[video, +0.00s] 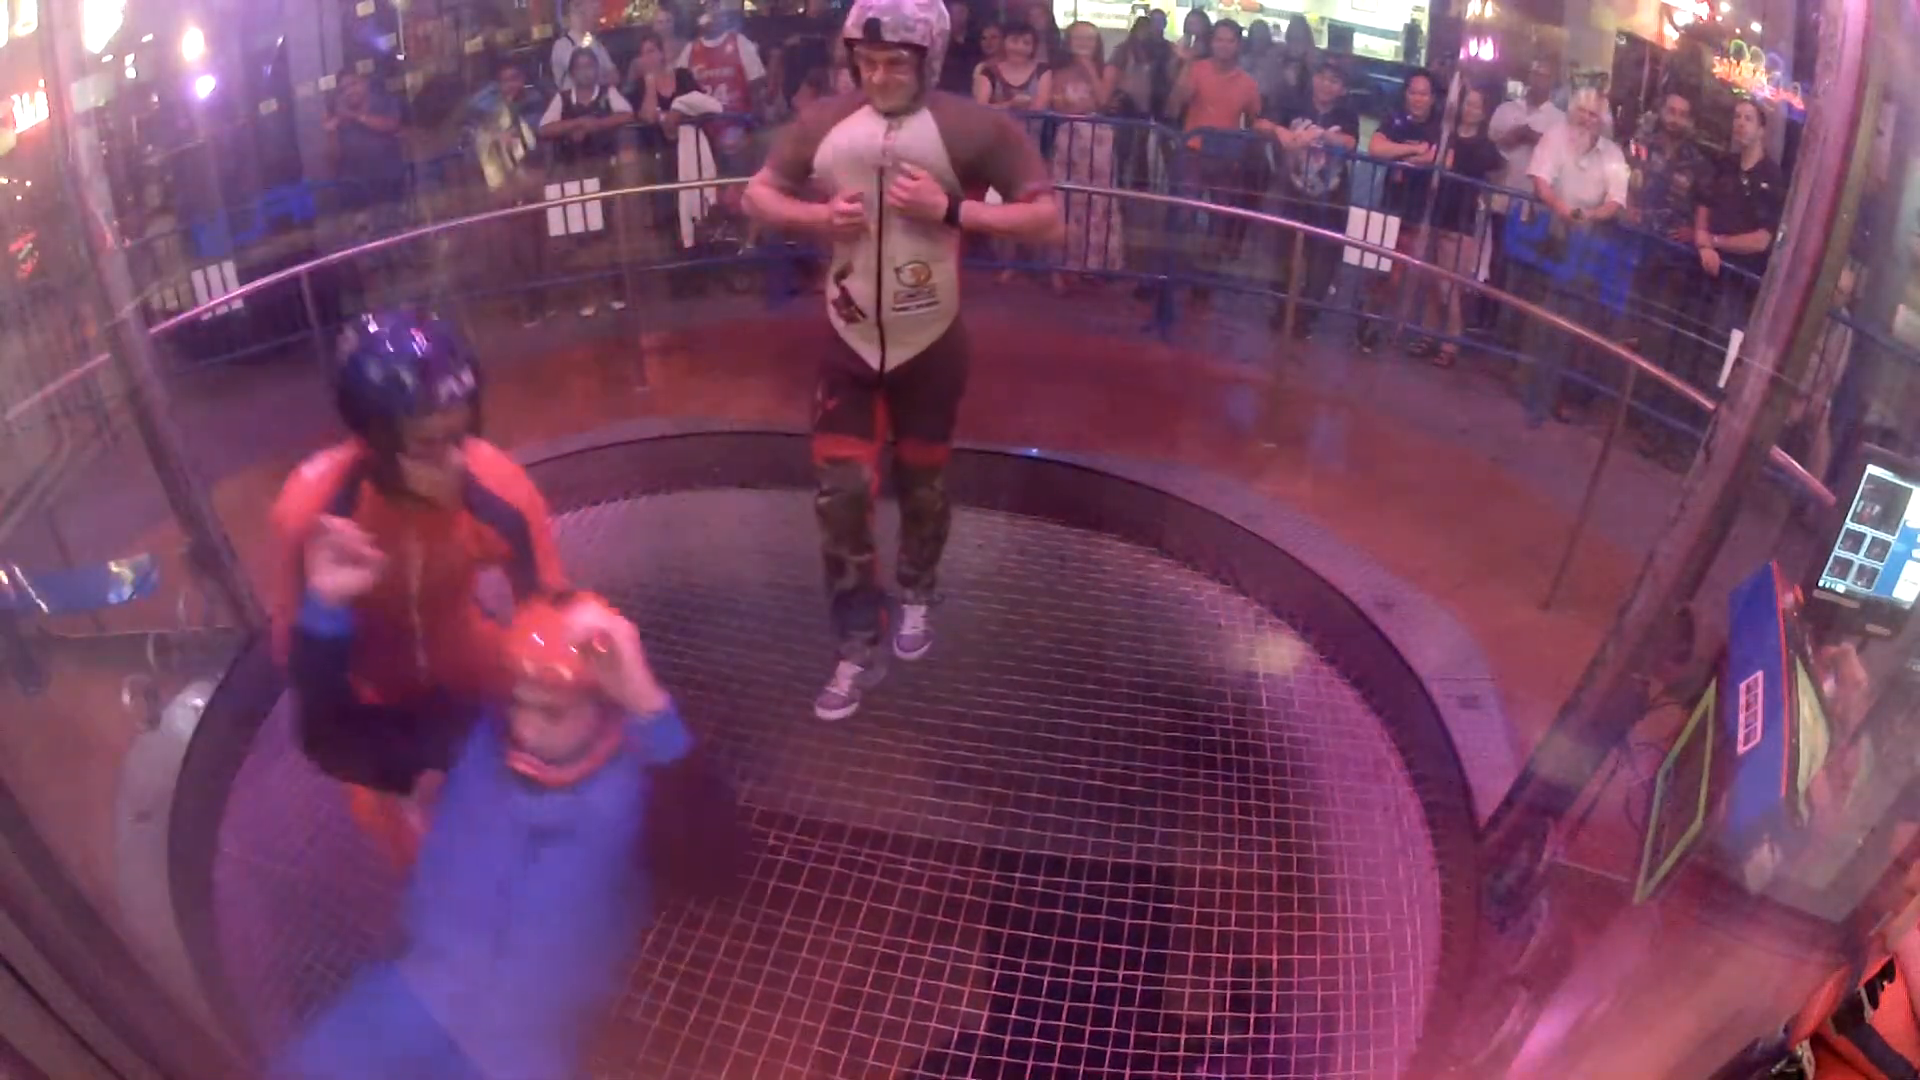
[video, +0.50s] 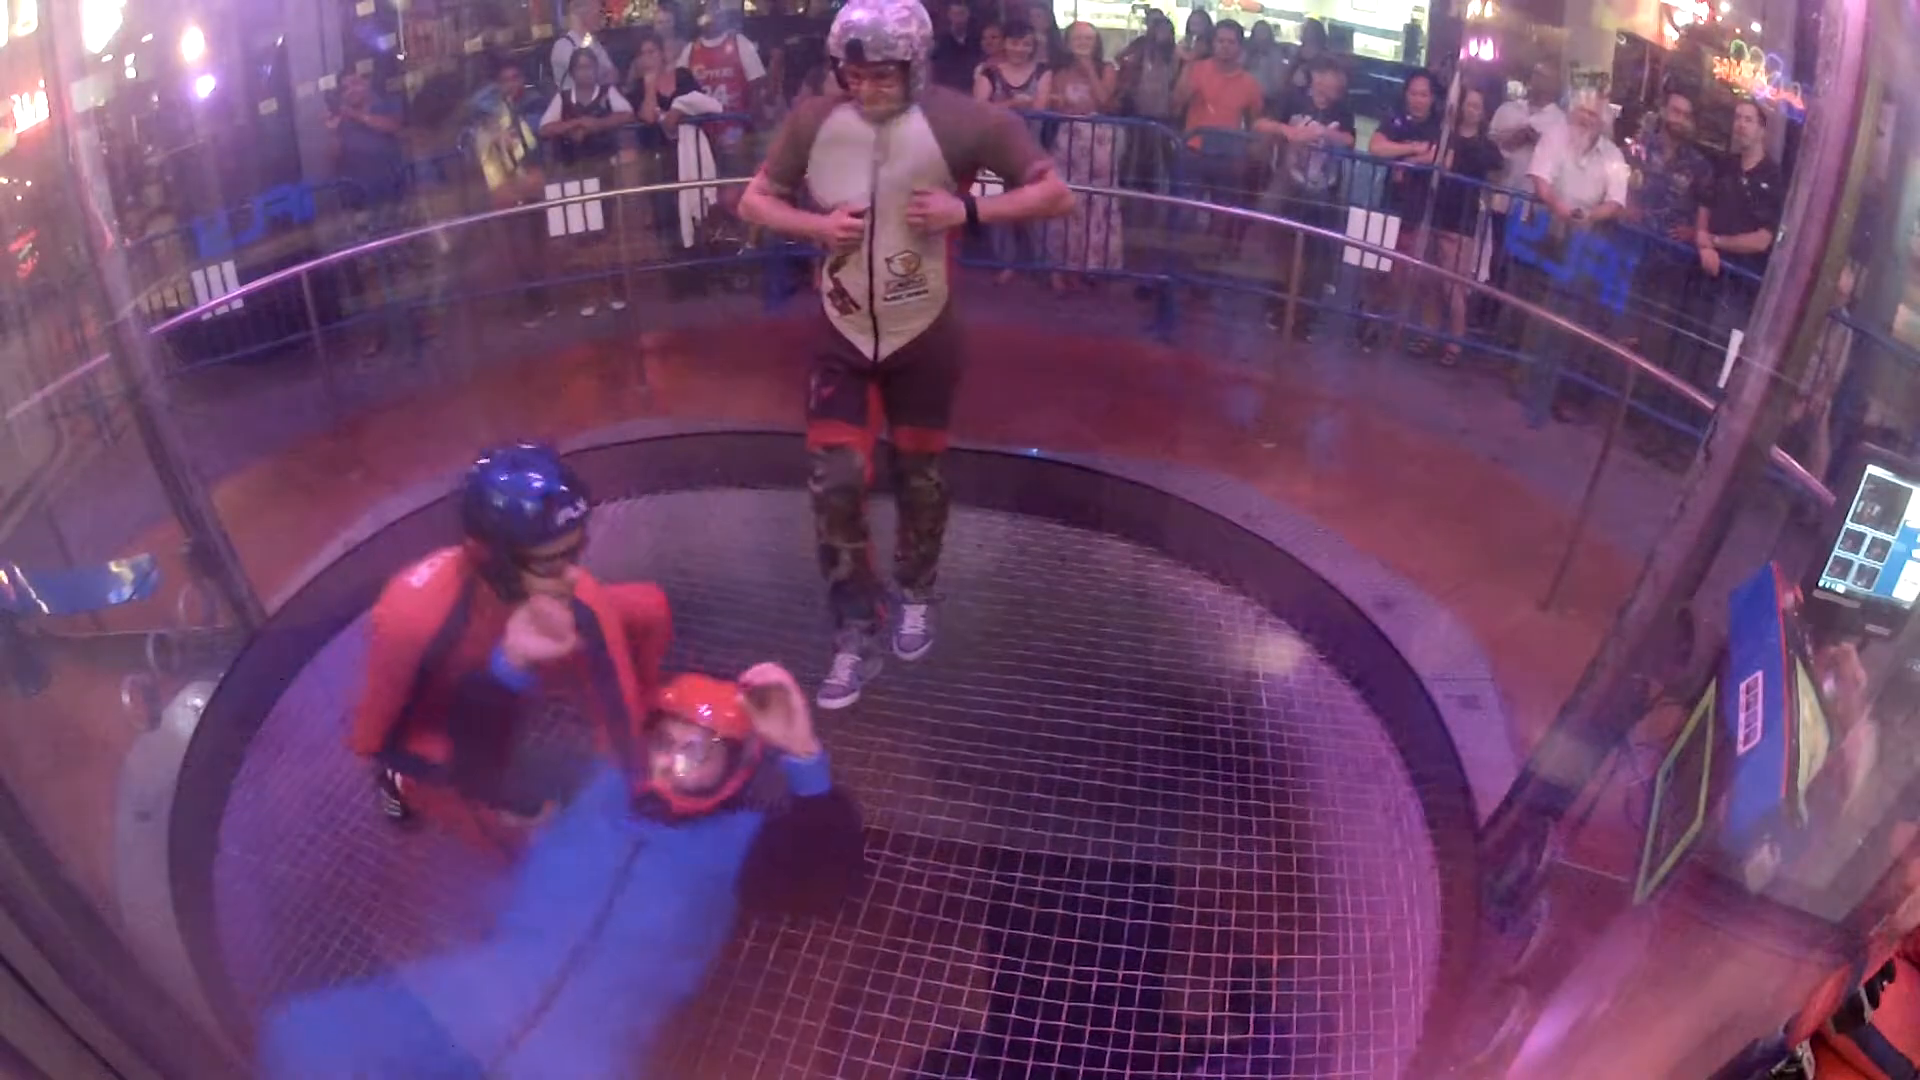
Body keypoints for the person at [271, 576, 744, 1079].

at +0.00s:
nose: (527, 727)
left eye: (551, 711)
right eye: (518, 704)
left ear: (604, 709)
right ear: (505, 691)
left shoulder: (647, 792)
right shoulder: (467, 739)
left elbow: (720, 871)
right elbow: (332, 739)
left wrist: (647, 707)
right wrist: (325, 609)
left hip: (529, 1052)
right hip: (416, 1002)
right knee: (302, 1069)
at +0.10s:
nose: (562, 725)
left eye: (588, 716)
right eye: (555, 706)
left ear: (639, 731)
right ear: (539, 704)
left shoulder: (665, 823)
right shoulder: (499, 758)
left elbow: (741, 876)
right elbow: (374, 748)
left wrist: (685, 717)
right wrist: (380, 621)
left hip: (545, 1059)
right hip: (431, 1011)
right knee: (309, 1070)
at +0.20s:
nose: (597, 749)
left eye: (619, 740)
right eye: (588, 731)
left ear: (660, 755)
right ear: (569, 727)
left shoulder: (686, 838)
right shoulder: (526, 771)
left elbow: (765, 871)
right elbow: (402, 768)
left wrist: (717, 738)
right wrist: (412, 648)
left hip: (539, 1066)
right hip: (427, 1012)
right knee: (299, 1074)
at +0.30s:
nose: (627, 765)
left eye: (649, 753)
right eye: (616, 744)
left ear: (687, 765)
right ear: (594, 739)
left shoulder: (703, 844)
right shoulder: (547, 781)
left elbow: (783, 877)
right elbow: (435, 761)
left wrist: (746, 753)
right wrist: (452, 656)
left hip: (557, 1062)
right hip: (439, 1015)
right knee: (303, 1070)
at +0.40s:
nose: (651, 766)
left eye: (674, 755)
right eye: (640, 746)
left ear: (712, 770)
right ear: (618, 742)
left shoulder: (724, 849)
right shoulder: (568, 783)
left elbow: (804, 879)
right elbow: (448, 761)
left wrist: (777, 762)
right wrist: (484, 658)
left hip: (565, 1065)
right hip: (448, 1013)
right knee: (294, 1067)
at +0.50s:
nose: (680, 759)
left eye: (703, 749)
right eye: (669, 740)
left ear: (735, 767)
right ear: (647, 739)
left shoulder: (741, 845)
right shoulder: (595, 786)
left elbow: (833, 873)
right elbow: (480, 772)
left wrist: (801, 758)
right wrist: (510, 664)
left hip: (574, 1059)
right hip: (474, 1001)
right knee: (298, 1042)